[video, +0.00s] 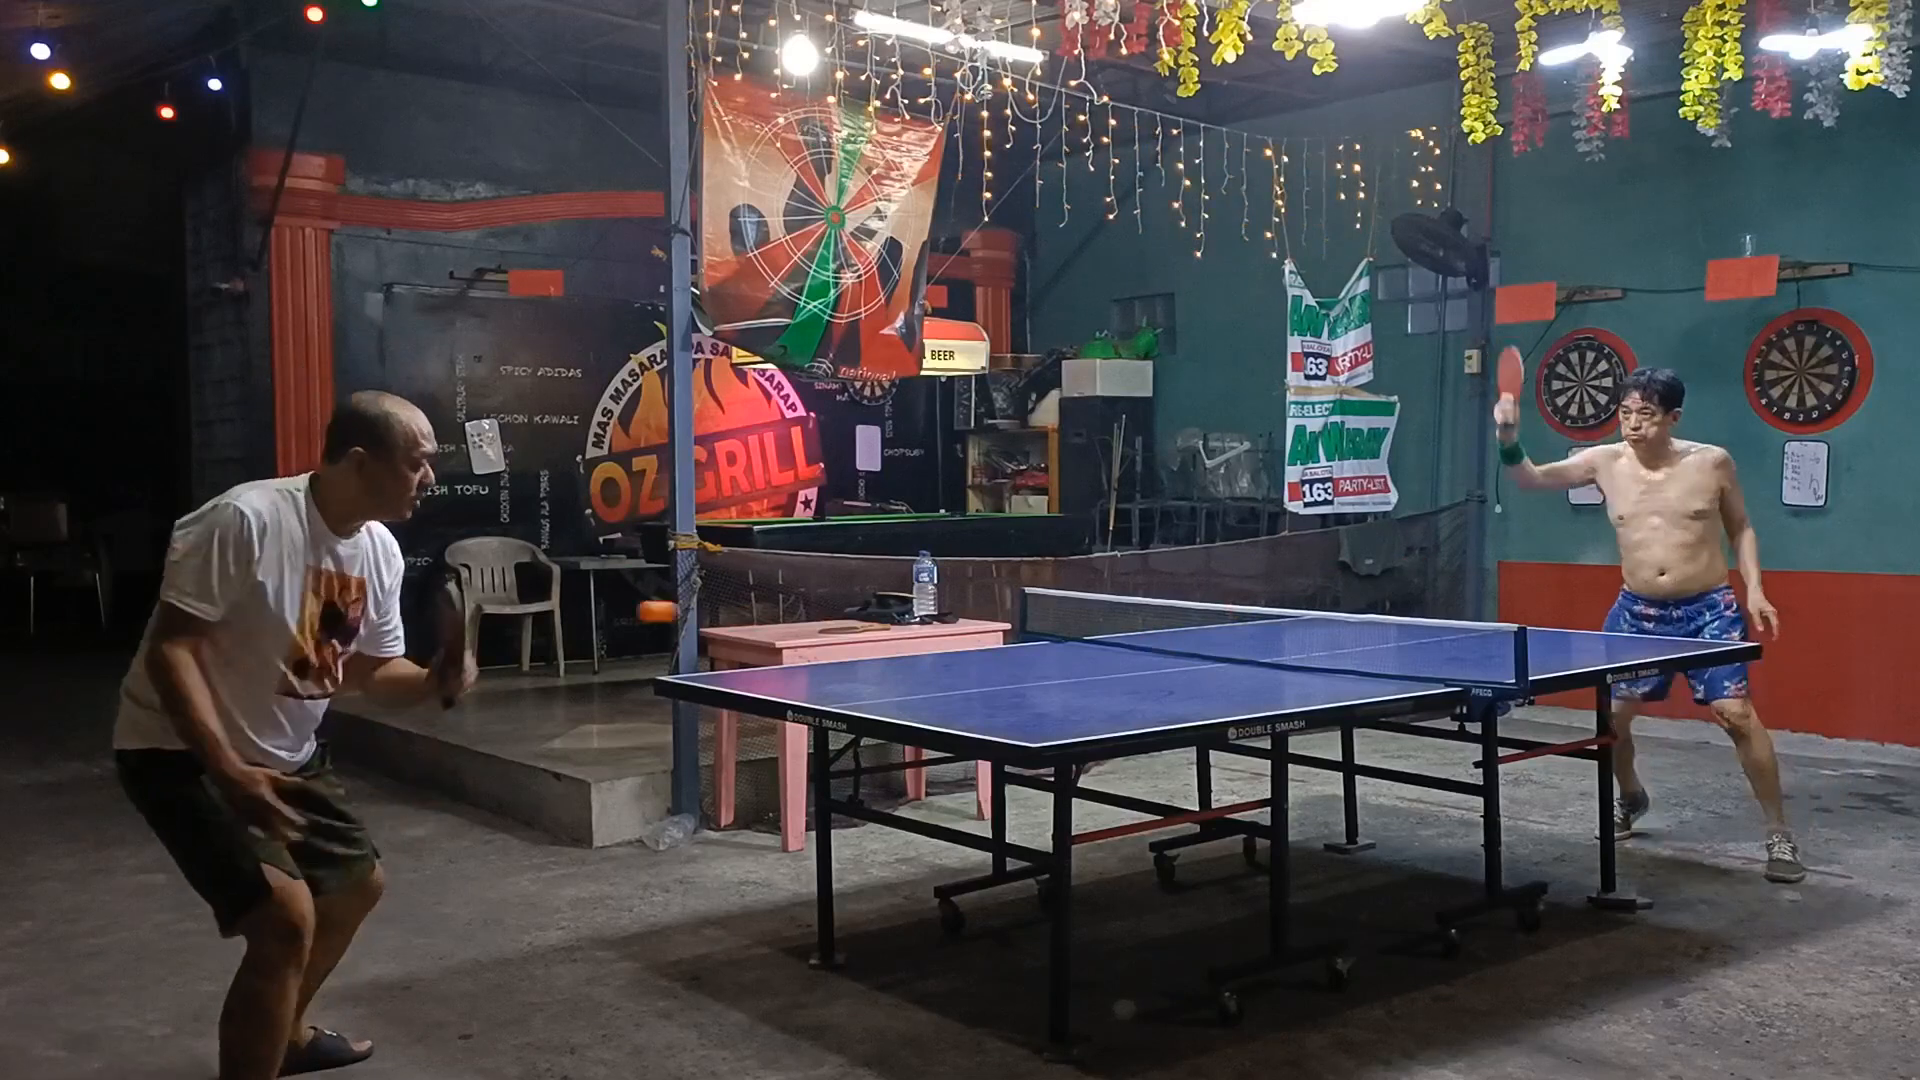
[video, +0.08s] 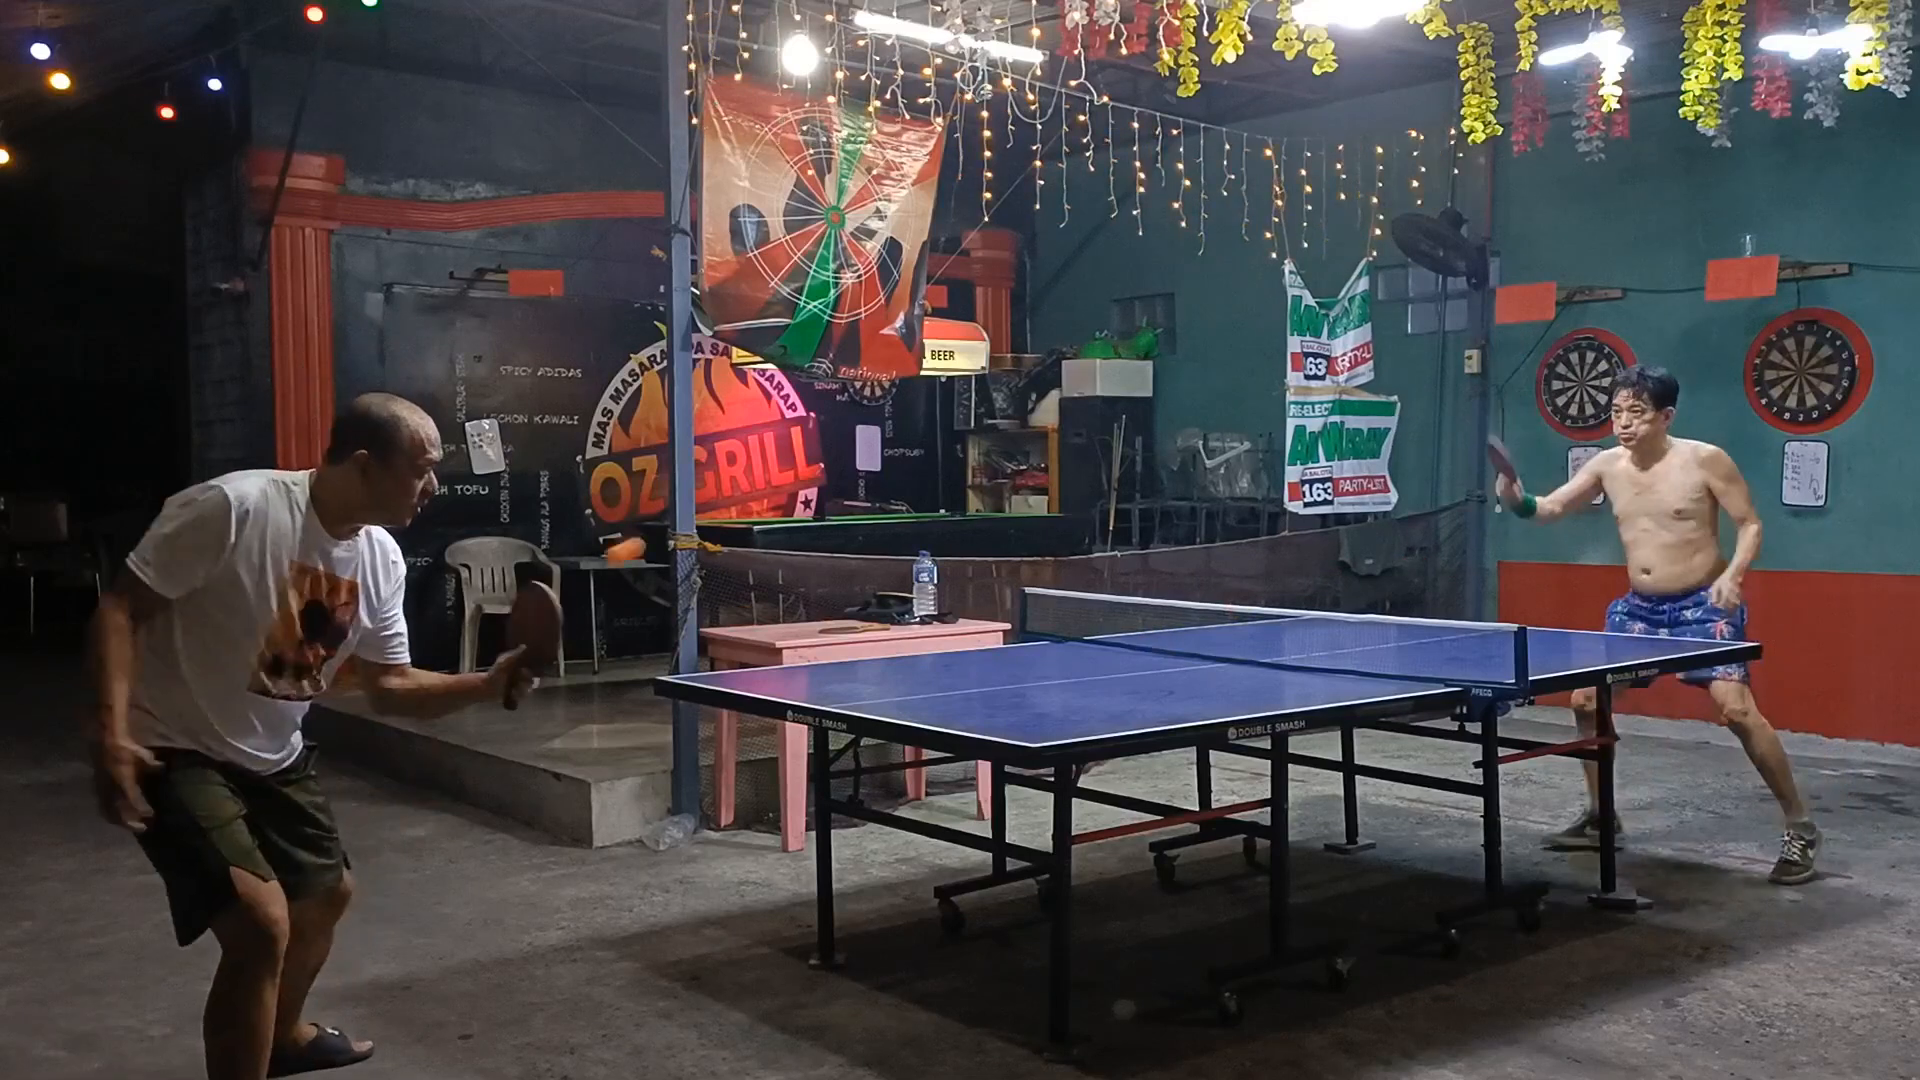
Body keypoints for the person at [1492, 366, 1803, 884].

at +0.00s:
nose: (1633, 423)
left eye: (1645, 415)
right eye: (1626, 413)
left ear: (1672, 417)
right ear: (1619, 414)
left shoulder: (1712, 463)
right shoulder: (1604, 461)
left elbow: (1740, 528)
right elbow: (1530, 477)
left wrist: (1754, 591)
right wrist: (1507, 438)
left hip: (1708, 612)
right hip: (1636, 614)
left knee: (1737, 715)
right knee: (1611, 718)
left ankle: (1778, 833)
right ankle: (1631, 796)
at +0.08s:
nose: (1623, 422)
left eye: (1635, 412)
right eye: (1617, 413)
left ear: (1665, 415)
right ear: (1612, 416)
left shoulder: (1704, 460)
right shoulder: (1607, 464)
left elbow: (1750, 525)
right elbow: (1553, 506)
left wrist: (1734, 572)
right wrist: (1519, 503)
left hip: (1703, 608)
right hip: (1637, 612)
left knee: (1736, 710)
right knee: (1585, 700)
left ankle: (1800, 828)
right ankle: (1600, 816)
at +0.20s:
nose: (1617, 439)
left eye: (1628, 429)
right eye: (1612, 429)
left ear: (1660, 432)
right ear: (1608, 432)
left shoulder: (1696, 475)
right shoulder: (1611, 484)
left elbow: (1734, 548)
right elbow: (1568, 535)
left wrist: (1677, 584)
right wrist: (1535, 543)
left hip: (1708, 622)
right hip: (1646, 625)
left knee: (1737, 729)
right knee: (1581, 708)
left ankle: (1808, 854)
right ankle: (1594, 825)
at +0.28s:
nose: (1618, 452)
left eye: (1630, 443)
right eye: (1614, 443)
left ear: (1662, 446)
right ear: (1611, 447)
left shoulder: (1695, 487)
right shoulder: (1623, 500)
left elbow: (1704, 559)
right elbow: (1583, 554)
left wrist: (1632, 595)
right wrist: (1539, 563)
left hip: (1718, 633)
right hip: (1660, 636)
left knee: (1739, 736)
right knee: (1581, 711)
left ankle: (1818, 858)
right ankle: (1594, 826)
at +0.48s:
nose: (1604, 454)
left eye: (1613, 444)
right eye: (1601, 445)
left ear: (1648, 445)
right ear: (1635, 449)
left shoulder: (1673, 486)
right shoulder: (1637, 497)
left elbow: (1645, 564)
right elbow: (1618, 555)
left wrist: (1571, 613)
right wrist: (1553, 568)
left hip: (1717, 631)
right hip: (1665, 633)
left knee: (1722, 743)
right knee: (1582, 694)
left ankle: (1819, 854)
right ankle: (1578, 809)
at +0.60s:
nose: (1589, 457)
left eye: (1597, 446)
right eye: (1587, 447)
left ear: (1631, 444)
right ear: (1624, 447)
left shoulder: (1655, 482)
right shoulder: (1637, 487)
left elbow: (1630, 558)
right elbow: (1626, 554)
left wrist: (1562, 612)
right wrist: (1561, 563)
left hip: (1699, 632)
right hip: (1659, 633)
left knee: (1711, 747)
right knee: (1588, 702)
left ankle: (1817, 853)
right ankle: (1554, 803)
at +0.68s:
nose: (1568, 457)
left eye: (1575, 446)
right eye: (1566, 447)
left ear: (1606, 442)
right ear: (1608, 446)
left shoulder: (1625, 478)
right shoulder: (1626, 484)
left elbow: (1617, 546)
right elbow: (1626, 556)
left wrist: (1560, 608)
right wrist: (1569, 557)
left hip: (1667, 625)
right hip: (1637, 629)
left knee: (1701, 738)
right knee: (1575, 703)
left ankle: (1807, 845)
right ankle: (1549, 805)